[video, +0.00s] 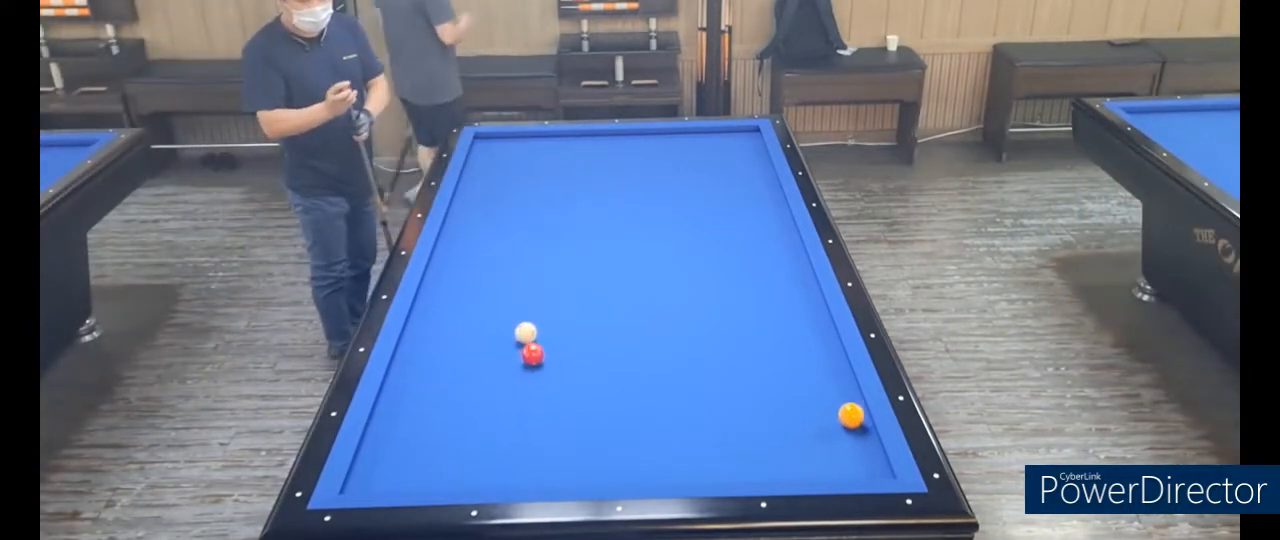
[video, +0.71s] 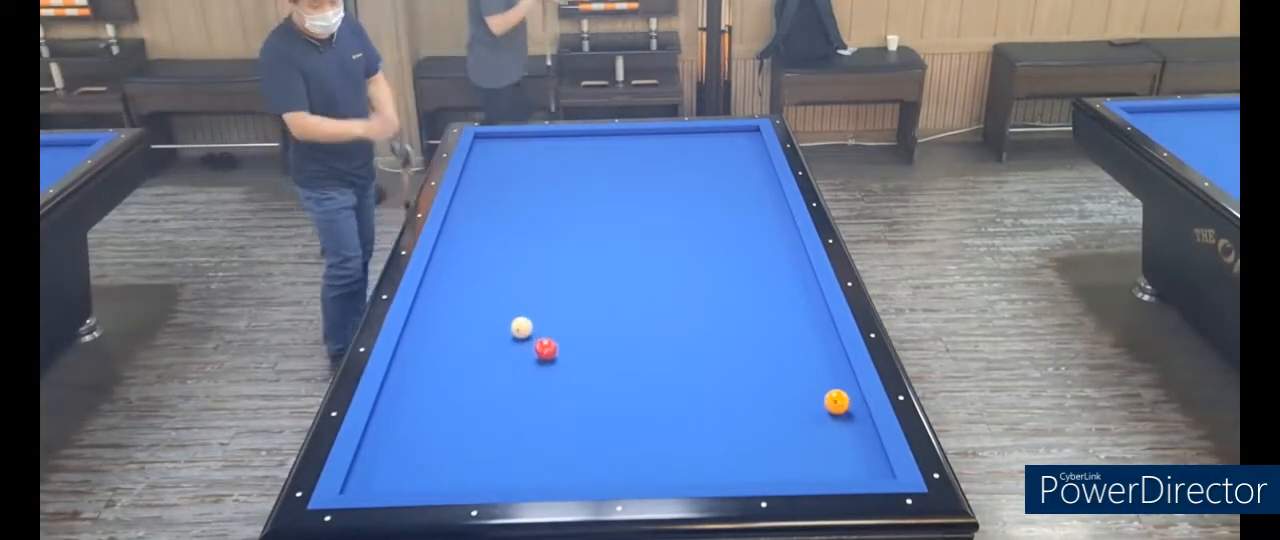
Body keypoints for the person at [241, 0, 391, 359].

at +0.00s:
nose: (319, 8)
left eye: (324, 1)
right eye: (307, 3)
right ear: (284, 5)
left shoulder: (347, 28)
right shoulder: (263, 49)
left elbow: (379, 85)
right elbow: (271, 125)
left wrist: (368, 112)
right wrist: (326, 109)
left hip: (358, 173)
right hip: (313, 182)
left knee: (361, 261)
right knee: (331, 270)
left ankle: (358, 329)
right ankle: (342, 346)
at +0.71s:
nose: (328, 7)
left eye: (333, 0)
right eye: (316, 3)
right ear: (290, 5)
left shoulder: (348, 27)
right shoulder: (279, 51)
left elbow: (375, 80)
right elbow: (299, 126)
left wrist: (390, 120)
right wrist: (366, 127)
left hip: (360, 171)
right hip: (322, 179)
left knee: (361, 259)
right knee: (345, 265)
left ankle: (357, 336)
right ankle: (340, 352)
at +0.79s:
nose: (331, 16)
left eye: (337, 7)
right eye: (319, 10)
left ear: (345, 3)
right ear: (294, 8)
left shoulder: (347, 29)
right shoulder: (282, 53)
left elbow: (371, 82)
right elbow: (306, 132)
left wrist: (393, 137)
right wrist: (376, 153)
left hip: (358, 175)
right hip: (321, 183)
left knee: (359, 260)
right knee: (340, 266)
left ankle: (357, 341)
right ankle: (339, 353)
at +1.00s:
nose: (344, 37)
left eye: (349, 26)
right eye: (332, 31)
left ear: (355, 14)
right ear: (307, 26)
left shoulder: (342, 37)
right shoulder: (297, 74)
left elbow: (356, 74)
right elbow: (347, 146)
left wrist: (383, 113)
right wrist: (408, 177)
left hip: (346, 177)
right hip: (316, 187)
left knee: (351, 257)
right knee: (332, 268)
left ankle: (354, 328)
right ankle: (338, 353)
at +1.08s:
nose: (346, 40)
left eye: (350, 29)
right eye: (334, 35)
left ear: (356, 16)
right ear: (307, 29)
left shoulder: (337, 37)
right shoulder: (300, 76)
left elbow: (353, 71)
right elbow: (351, 147)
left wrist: (381, 105)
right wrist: (411, 177)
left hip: (344, 176)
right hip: (315, 186)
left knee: (349, 257)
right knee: (332, 267)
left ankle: (354, 329)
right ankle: (338, 354)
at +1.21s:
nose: (342, 44)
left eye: (346, 34)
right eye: (331, 39)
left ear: (352, 19)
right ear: (304, 31)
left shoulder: (342, 37)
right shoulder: (293, 73)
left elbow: (357, 66)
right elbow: (337, 147)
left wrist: (380, 86)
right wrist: (403, 177)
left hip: (345, 177)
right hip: (312, 186)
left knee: (350, 255)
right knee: (330, 267)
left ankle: (353, 327)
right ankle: (338, 353)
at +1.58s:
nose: (313, 46)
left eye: (317, 36)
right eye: (301, 42)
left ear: (323, 19)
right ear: (276, 35)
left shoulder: (347, 36)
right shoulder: (255, 65)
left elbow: (401, 79)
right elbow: (234, 140)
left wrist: (391, 76)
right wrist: (278, 194)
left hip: (351, 182)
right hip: (300, 193)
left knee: (363, 262)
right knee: (313, 275)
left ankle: (351, 333)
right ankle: (333, 352)